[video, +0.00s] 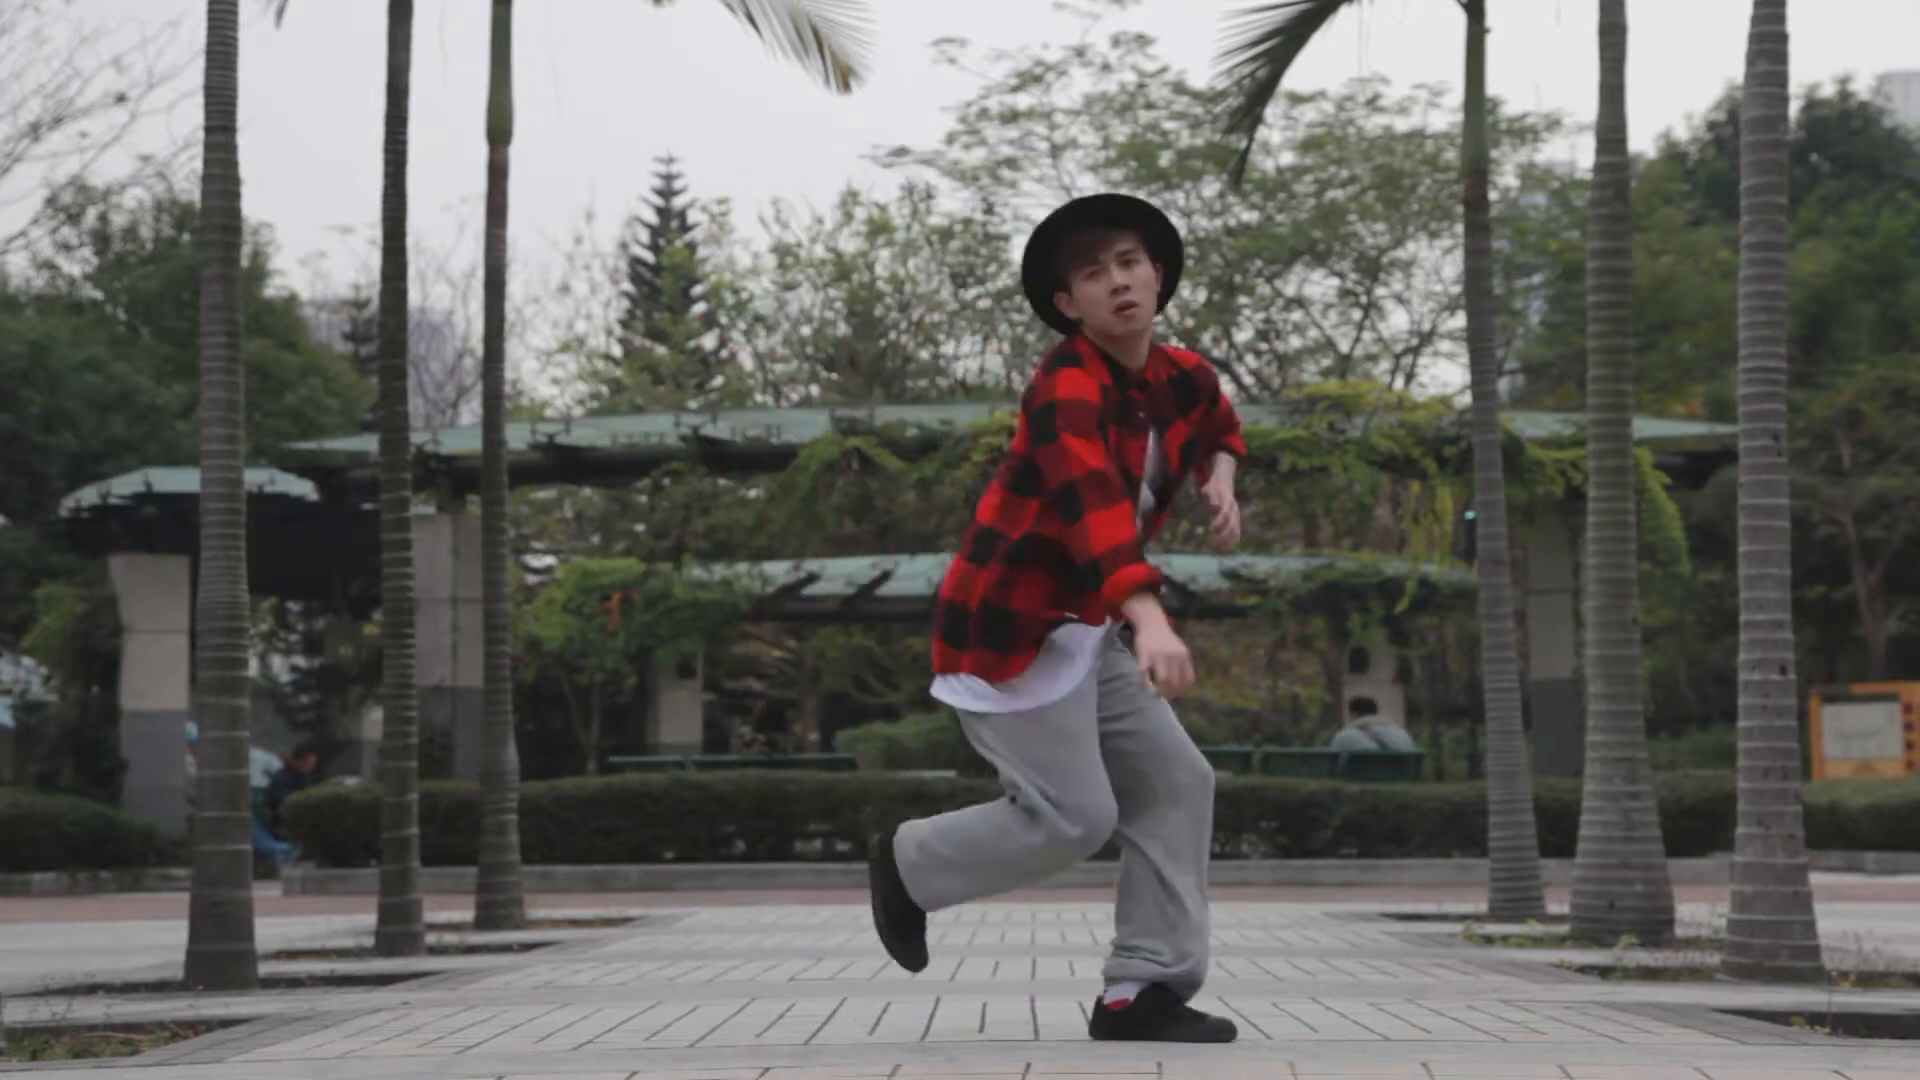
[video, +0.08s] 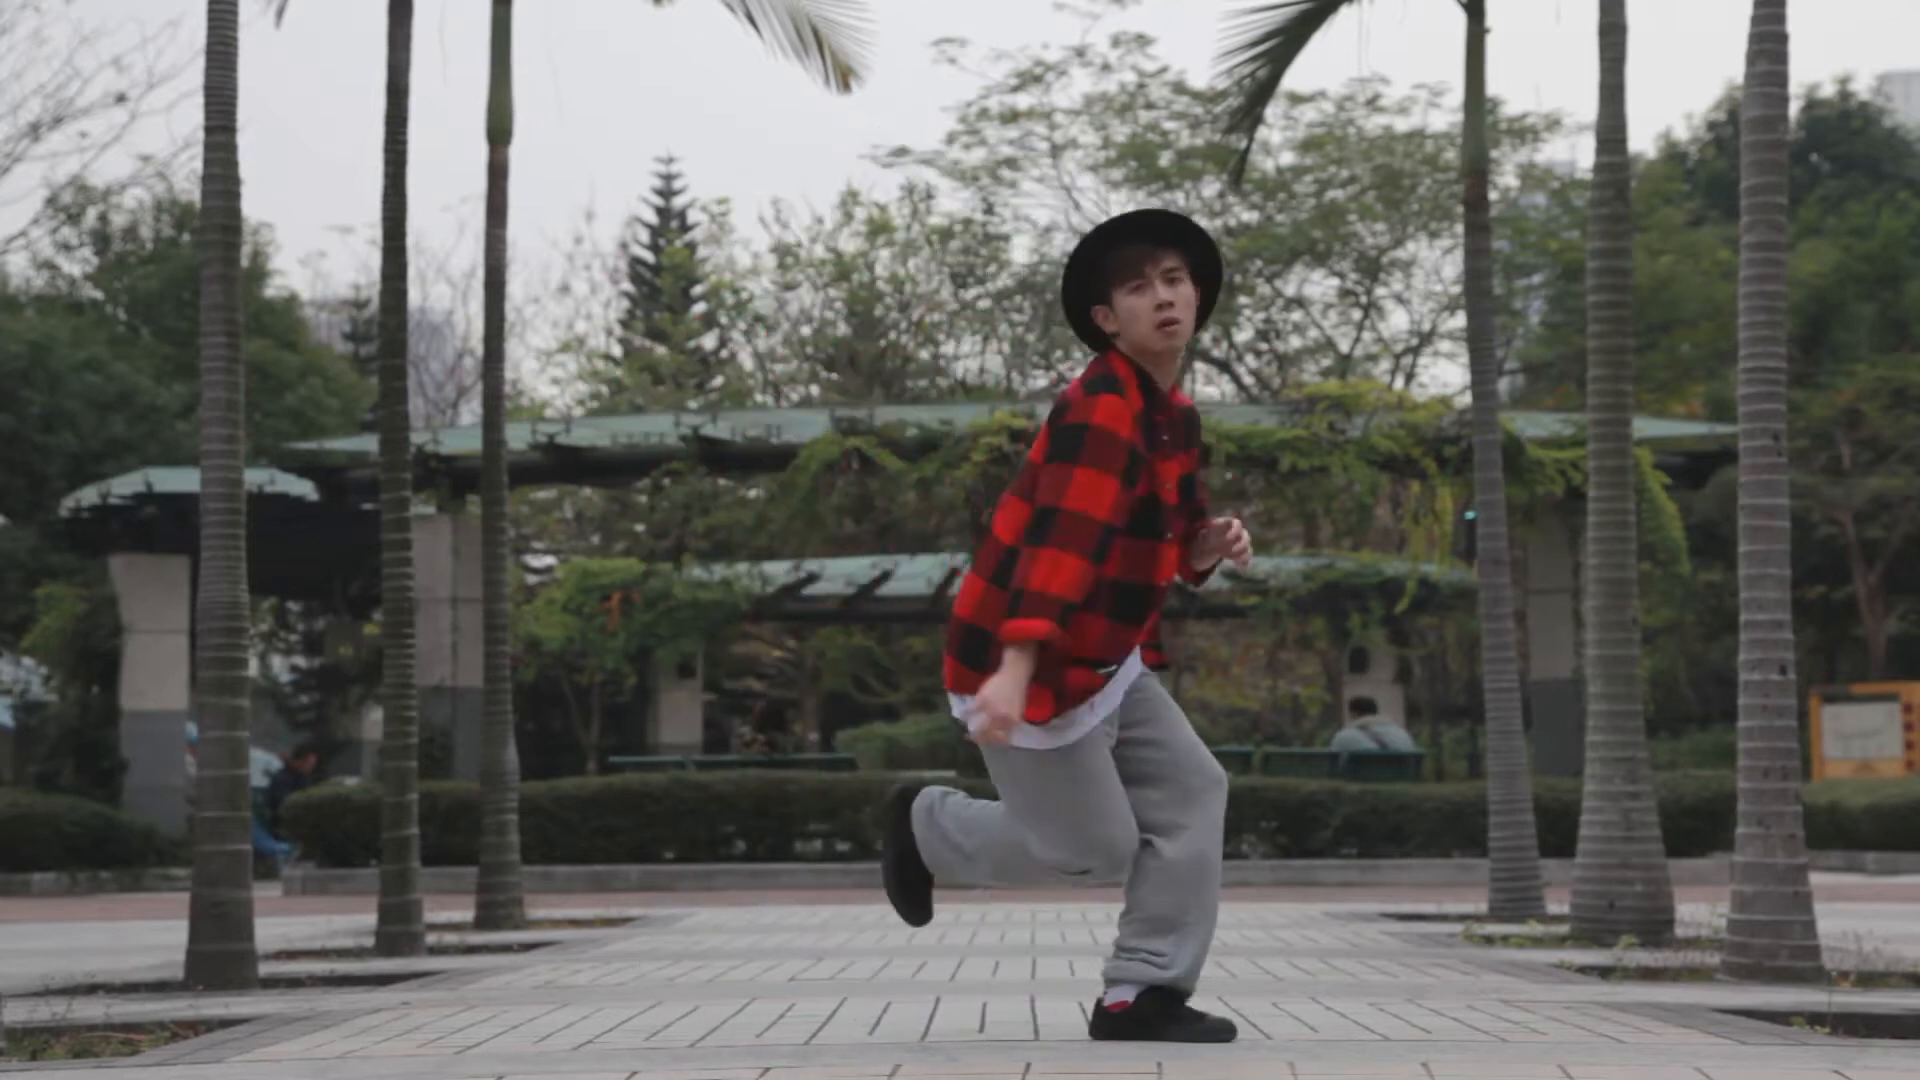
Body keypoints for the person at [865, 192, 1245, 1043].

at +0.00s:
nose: (1118, 280)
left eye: (1131, 261)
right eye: (1091, 271)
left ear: (1160, 277)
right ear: (1065, 306)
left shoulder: (1183, 374)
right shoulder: (1069, 385)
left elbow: (1220, 421)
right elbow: (1095, 506)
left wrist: (1219, 471)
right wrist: (1147, 615)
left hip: (1090, 630)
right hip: (1005, 641)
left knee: (1177, 783)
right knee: (1076, 818)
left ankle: (1141, 990)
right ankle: (912, 861)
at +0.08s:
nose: (1164, 296)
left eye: (1176, 279)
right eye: (1138, 286)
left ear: (1201, 300)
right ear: (1105, 320)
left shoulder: (1173, 412)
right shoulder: (1104, 404)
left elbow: (1141, 547)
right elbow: (1062, 539)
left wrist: (1196, 550)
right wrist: (1014, 667)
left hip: (1102, 665)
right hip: (1025, 678)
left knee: (1192, 792)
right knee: (1093, 847)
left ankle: (1142, 992)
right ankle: (925, 827)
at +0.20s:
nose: (1203, 278)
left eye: (1219, 265)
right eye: (1178, 264)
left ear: (1235, 295)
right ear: (1138, 293)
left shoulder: (1190, 410)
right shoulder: (1091, 366)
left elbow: (1170, 553)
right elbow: (966, 435)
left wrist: (1196, 474)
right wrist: (831, 482)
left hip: (1096, 628)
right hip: (1009, 620)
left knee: (1168, 778)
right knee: (1127, 760)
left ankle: (1138, 990)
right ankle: (959, 805)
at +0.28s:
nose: (1192, 241)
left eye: (1212, 231)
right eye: (1172, 224)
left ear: (1231, 266)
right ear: (1134, 246)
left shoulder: (1209, 381)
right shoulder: (1060, 309)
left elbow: (1207, 528)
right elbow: (934, 332)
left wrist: (1211, 447)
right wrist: (807, 351)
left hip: (1072, 584)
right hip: (996, 566)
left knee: (1093, 764)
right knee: (1143, 679)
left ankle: (1104, 976)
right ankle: (1029, 855)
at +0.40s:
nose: (1149, 218)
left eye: (1173, 208)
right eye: (1135, 200)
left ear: (1200, 246)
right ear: (1103, 219)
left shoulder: (1189, 368)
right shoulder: (1024, 272)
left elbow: (1227, 521)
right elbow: (914, 259)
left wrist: (1236, 512)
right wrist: (806, 257)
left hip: (1091, 559)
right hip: (992, 532)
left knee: (1075, 751)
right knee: (1089, 713)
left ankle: (978, 969)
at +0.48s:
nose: (1117, 214)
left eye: (1143, 204)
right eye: (1104, 198)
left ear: (1177, 242)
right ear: (1080, 218)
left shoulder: (1169, 358)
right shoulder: (1017, 280)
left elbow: (1216, 474)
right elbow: (918, 259)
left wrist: (1248, 543)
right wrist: (823, 248)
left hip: (1089, 571)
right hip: (985, 544)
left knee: (1062, 760)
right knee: (1089, 713)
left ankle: (983, 969)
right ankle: (1176, 932)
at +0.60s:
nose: (1080, 197)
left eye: (1106, 185)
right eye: (1070, 182)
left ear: (1148, 219)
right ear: (1051, 202)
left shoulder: (1161, 337)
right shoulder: (1005, 281)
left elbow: (1216, 474)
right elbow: (925, 293)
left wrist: (1286, 607)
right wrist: (849, 268)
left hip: (1093, 564)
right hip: (993, 542)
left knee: (1164, 765)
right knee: (1030, 748)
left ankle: (1041, 935)